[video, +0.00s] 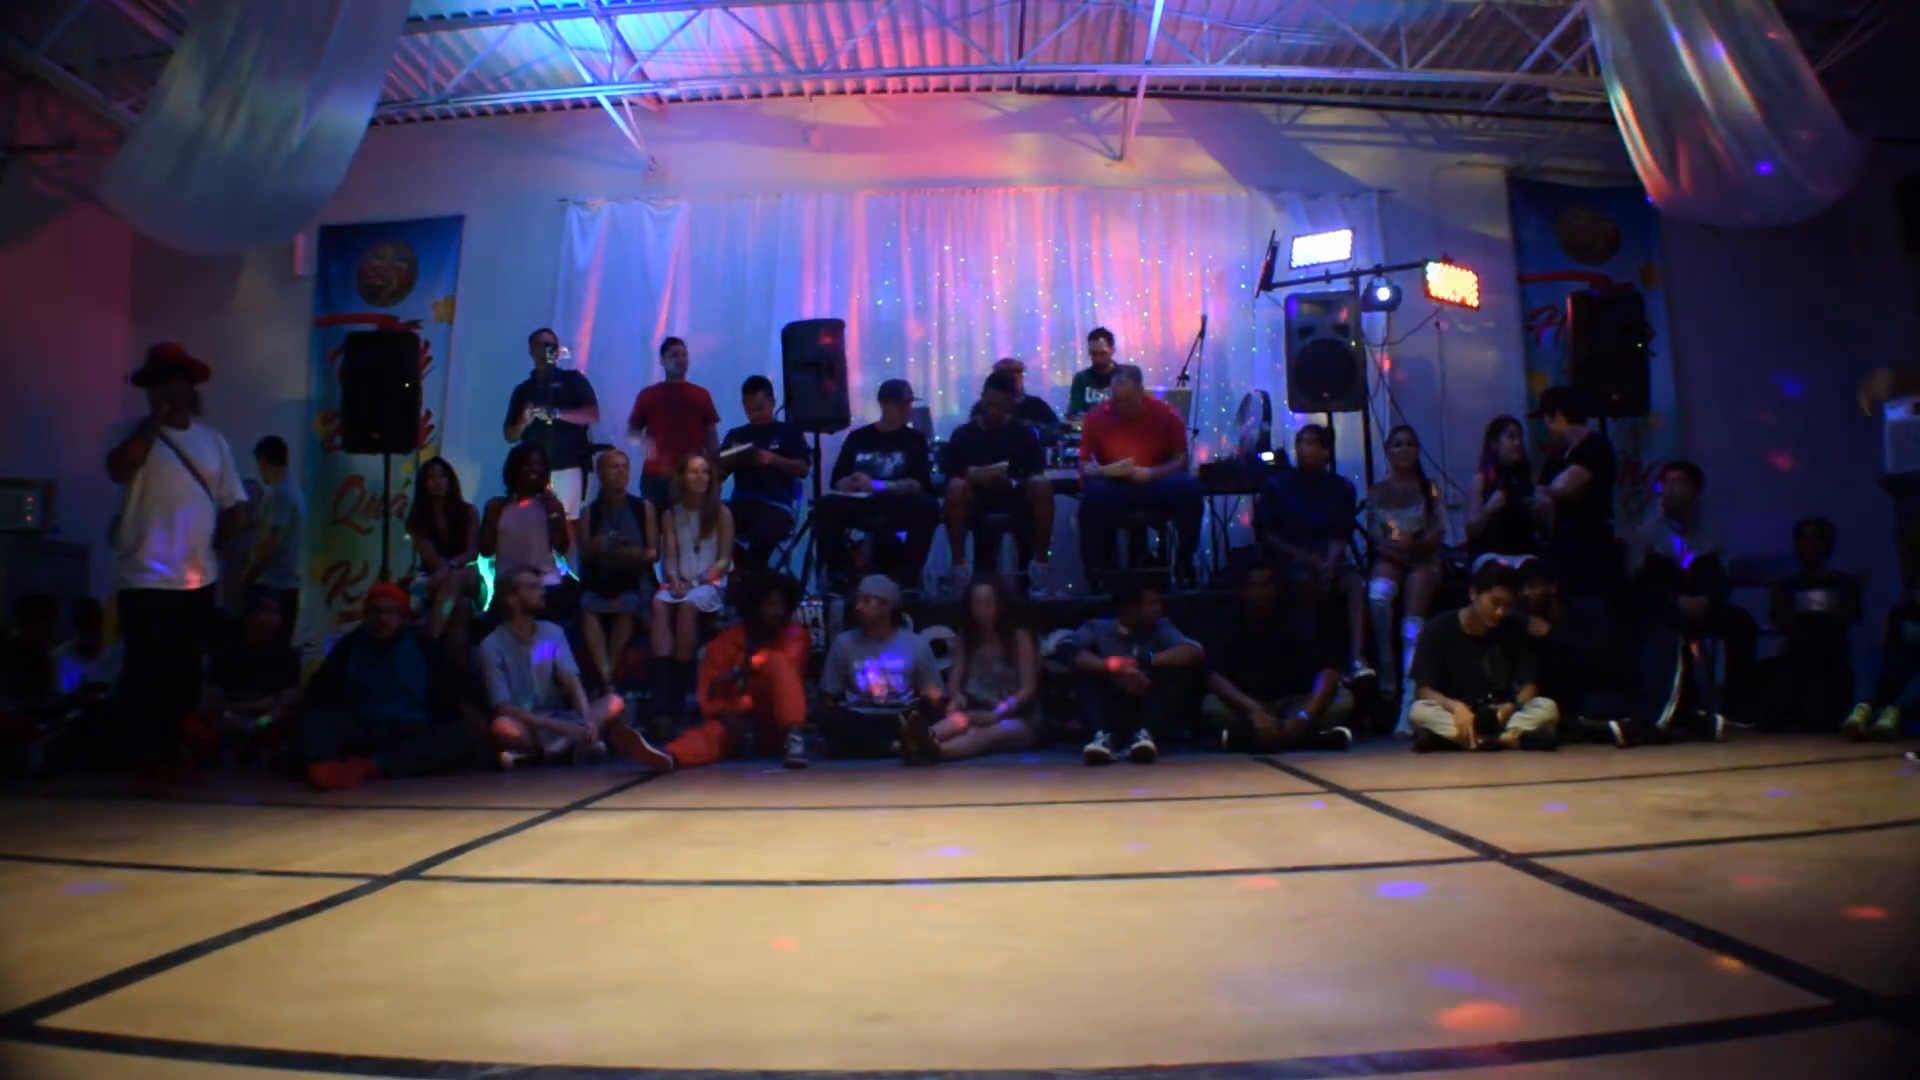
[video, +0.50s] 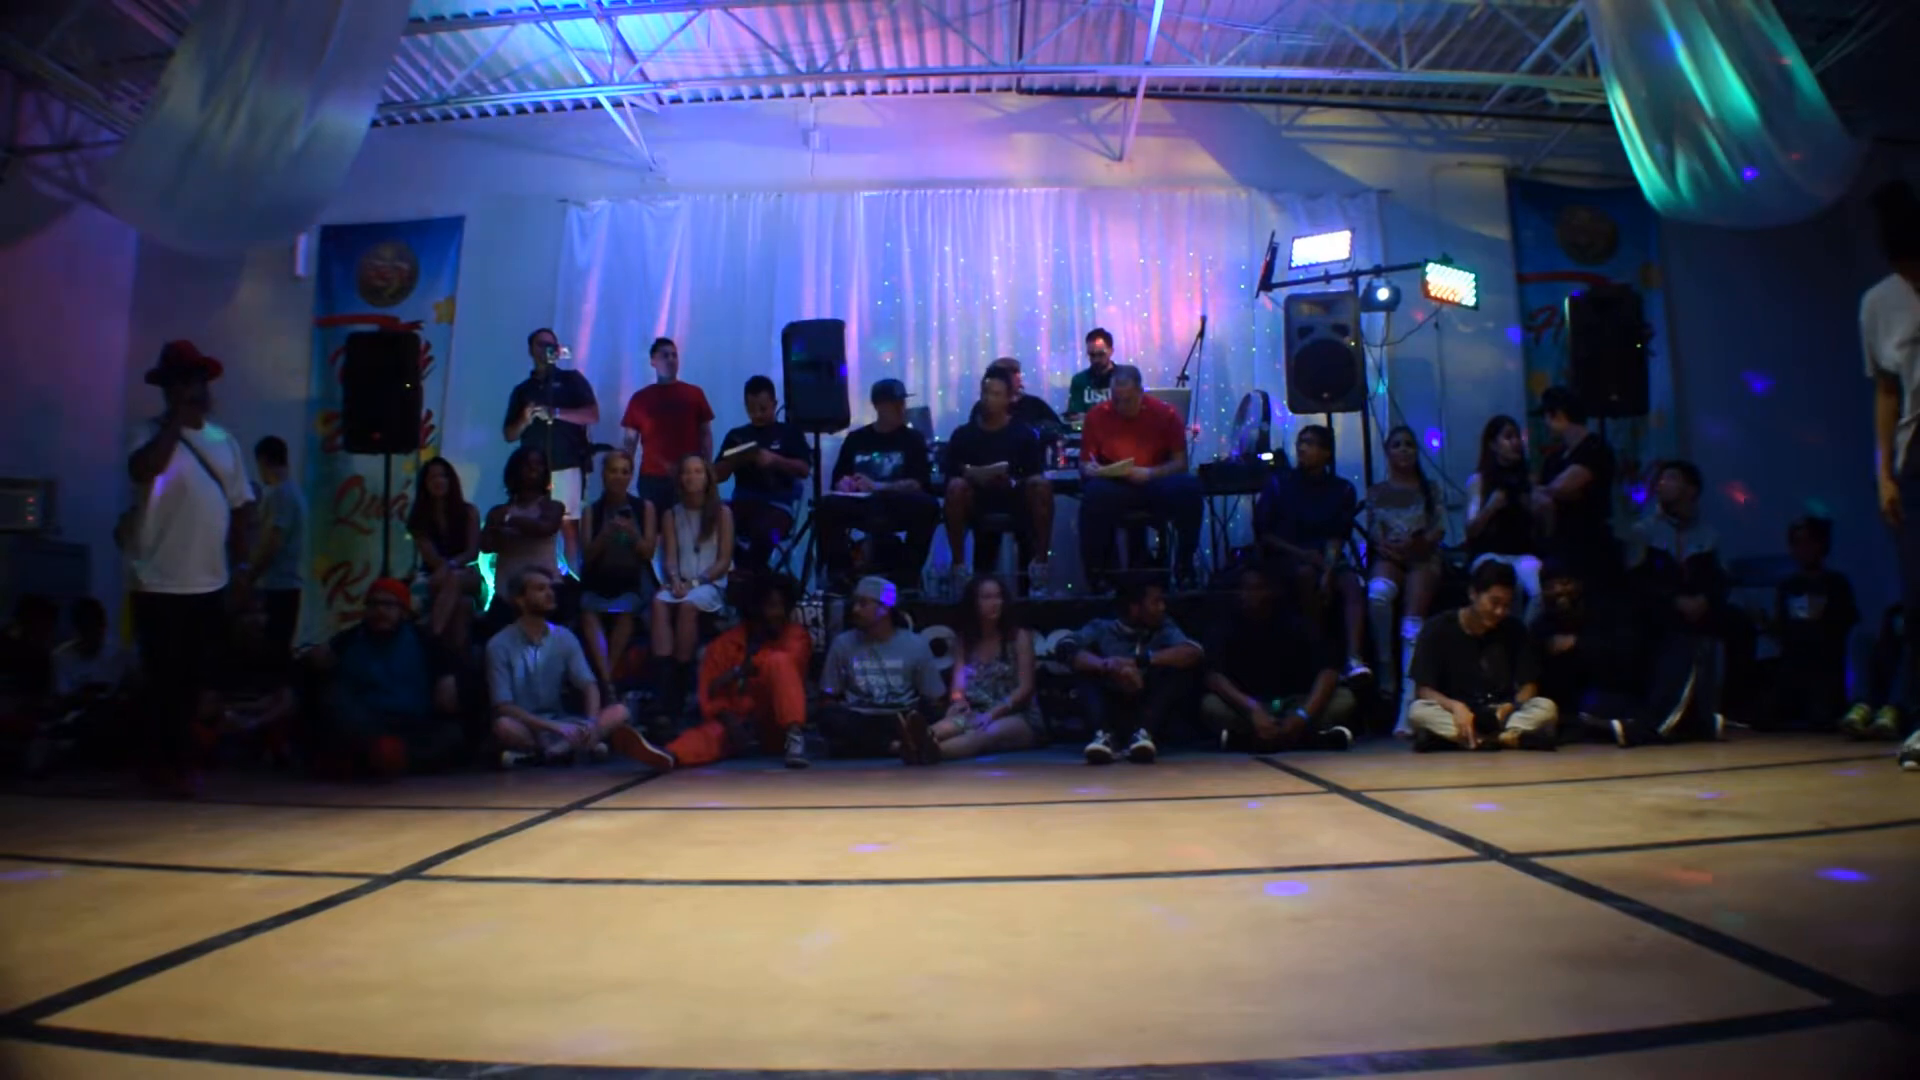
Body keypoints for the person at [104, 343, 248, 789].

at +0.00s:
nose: (176, 396)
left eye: (181, 388)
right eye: (166, 389)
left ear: (193, 391)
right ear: (151, 393)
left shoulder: (213, 442)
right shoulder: (138, 435)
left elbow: (235, 506)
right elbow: (119, 470)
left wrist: (220, 556)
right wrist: (157, 423)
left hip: (195, 582)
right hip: (146, 579)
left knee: (187, 676)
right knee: (146, 675)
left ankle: (179, 757)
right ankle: (143, 760)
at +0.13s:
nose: (179, 395)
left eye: (187, 387)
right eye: (171, 388)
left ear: (200, 391)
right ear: (159, 392)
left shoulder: (219, 444)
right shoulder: (144, 435)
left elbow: (236, 508)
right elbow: (128, 471)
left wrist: (240, 567)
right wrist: (163, 425)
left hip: (201, 581)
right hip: (151, 578)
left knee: (192, 676)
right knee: (157, 674)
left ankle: (183, 760)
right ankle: (150, 761)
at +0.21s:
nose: (182, 395)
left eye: (189, 387)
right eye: (173, 387)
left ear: (203, 392)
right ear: (161, 392)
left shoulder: (222, 445)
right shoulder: (147, 435)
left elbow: (238, 510)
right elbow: (131, 471)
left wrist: (243, 569)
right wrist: (165, 427)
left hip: (203, 580)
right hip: (154, 577)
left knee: (194, 675)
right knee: (162, 673)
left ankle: (187, 757)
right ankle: (156, 759)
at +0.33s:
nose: (189, 393)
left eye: (195, 385)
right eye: (179, 385)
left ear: (205, 389)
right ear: (163, 390)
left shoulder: (222, 443)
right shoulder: (147, 432)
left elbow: (239, 509)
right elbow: (134, 471)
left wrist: (239, 570)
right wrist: (169, 425)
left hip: (203, 583)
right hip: (154, 581)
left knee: (193, 682)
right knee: (163, 679)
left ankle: (185, 765)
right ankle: (161, 766)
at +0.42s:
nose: (193, 394)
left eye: (198, 385)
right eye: (182, 386)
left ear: (206, 389)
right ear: (165, 391)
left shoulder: (222, 443)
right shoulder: (147, 434)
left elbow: (241, 508)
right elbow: (138, 472)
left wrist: (239, 570)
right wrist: (172, 424)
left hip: (205, 587)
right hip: (155, 586)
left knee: (196, 684)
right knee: (160, 683)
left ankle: (188, 766)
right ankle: (160, 767)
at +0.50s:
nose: (199, 392)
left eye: (203, 383)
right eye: (188, 385)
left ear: (209, 389)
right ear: (167, 391)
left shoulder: (223, 442)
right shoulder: (148, 434)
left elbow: (243, 507)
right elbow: (144, 471)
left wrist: (241, 569)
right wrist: (177, 420)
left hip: (209, 588)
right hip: (160, 588)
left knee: (202, 685)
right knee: (165, 684)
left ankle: (194, 766)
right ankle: (164, 767)